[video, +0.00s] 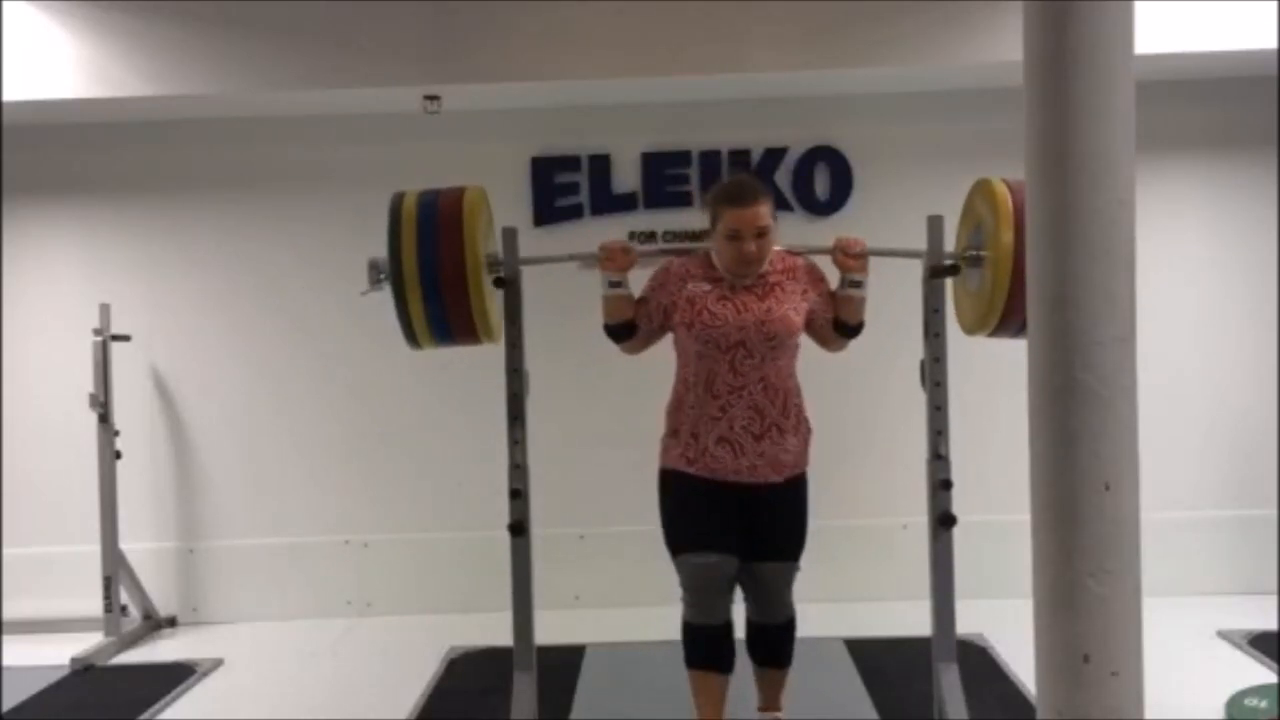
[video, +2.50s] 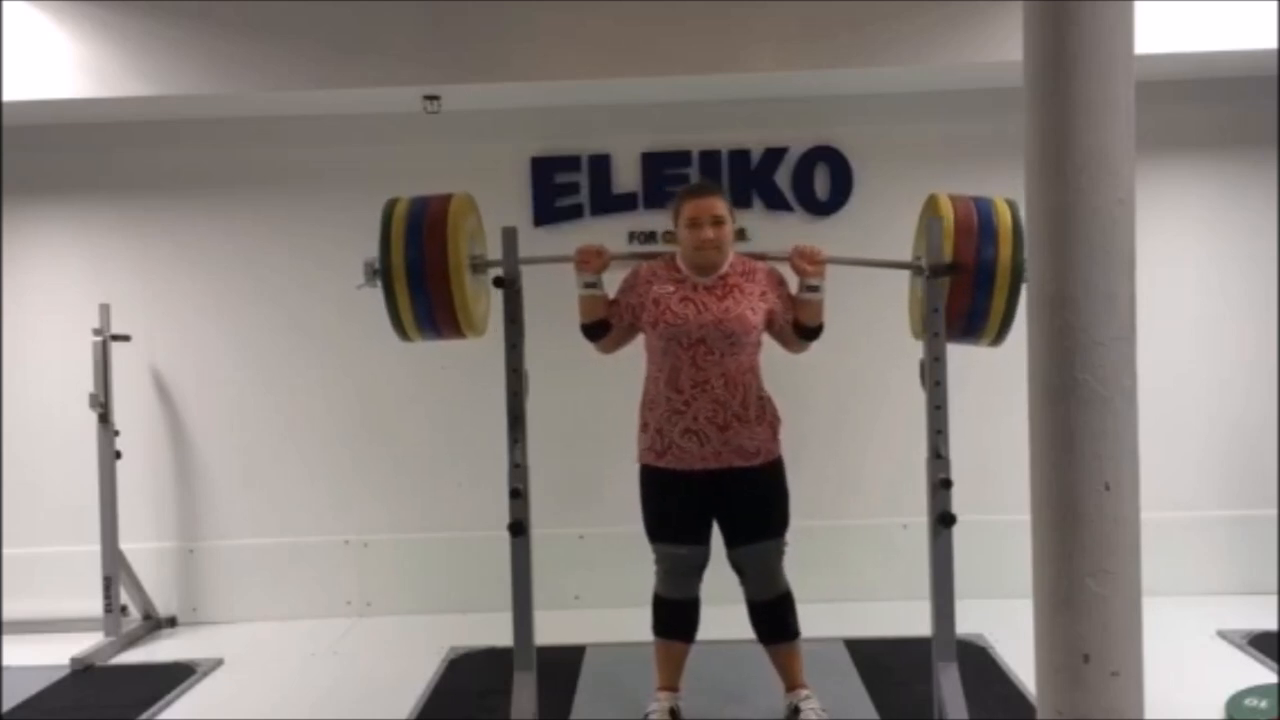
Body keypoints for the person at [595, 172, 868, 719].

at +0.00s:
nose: (748, 249)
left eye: (760, 235)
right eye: (734, 237)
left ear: (775, 229)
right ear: (712, 232)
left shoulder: (796, 274)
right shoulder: (680, 276)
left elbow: (837, 336)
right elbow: (629, 338)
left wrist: (852, 280)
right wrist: (615, 281)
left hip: (775, 465)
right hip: (697, 464)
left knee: (772, 597)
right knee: (706, 595)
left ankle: (771, 711)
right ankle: (709, 716)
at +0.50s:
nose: (719, 246)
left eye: (729, 233)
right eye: (706, 235)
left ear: (743, 230)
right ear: (684, 234)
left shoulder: (766, 274)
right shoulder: (653, 278)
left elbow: (805, 337)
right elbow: (606, 340)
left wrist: (820, 281)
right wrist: (592, 280)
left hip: (755, 463)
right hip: (676, 463)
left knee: (760, 590)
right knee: (677, 587)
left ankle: (770, 709)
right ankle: (668, 701)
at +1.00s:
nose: (702, 243)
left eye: (712, 231)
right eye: (689, 233)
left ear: (726, 230)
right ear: (668, 233)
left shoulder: (750, 275)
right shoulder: (640, 276)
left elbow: (791, 336)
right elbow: (594, 337)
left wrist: (803, 282)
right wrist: (580, 278)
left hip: (744, 454)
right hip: (665, 457)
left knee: (766, 577)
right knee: (670, 581)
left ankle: (796, 695)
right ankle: (665, 701)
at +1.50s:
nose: (721, 234)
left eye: (730, 223)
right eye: (708, 225)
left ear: (745, 227)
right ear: (687, 232)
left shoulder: (770, 275)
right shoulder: (660, 279)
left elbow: (810, 338)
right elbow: (614, 339)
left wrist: (823, 283)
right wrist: (600, 281)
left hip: (762, 457)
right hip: (685, 460)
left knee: (770, 580)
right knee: (684, 581)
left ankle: (795, 696)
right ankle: (667, 699)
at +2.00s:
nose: (702, 232)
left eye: (711, 222)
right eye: (689, 223)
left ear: (727, 228)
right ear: (671, 230)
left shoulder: (753, 278)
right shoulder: (642, 280)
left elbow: (793, 340)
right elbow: (599, 341)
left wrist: (805, 284)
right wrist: (585, 281)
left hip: (742, 459)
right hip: (665, 461)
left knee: (763, 580)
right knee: (670, 582)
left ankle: (795, 696)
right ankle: (665, 698)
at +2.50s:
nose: (707, 233)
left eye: (717, 222)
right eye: (695, 224)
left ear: (733, 228)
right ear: (676, 231)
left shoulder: (758, 278)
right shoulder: (649, 280)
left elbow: (799, 339)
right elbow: (604, 339)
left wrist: (810, 285)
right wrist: (590, 281)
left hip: (748, 456)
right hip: (672, 458)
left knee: (764, 576)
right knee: (676, 579)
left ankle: (799, 695)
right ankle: (665, 699)